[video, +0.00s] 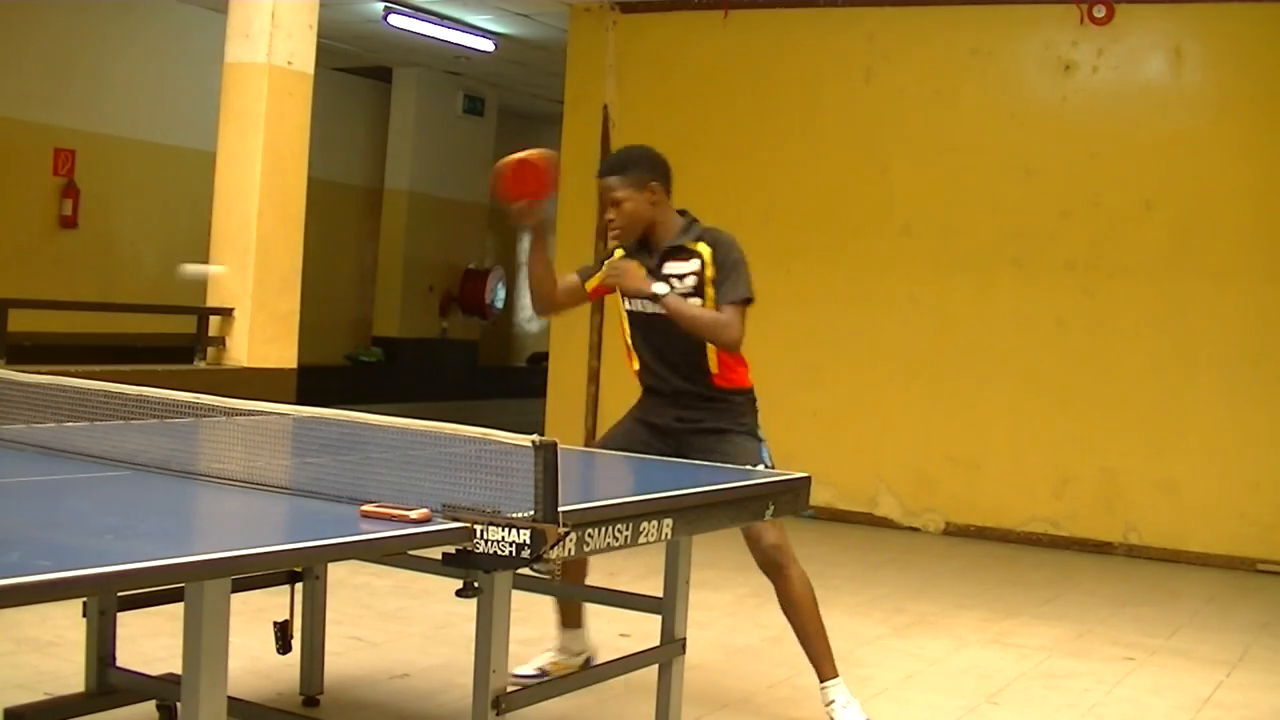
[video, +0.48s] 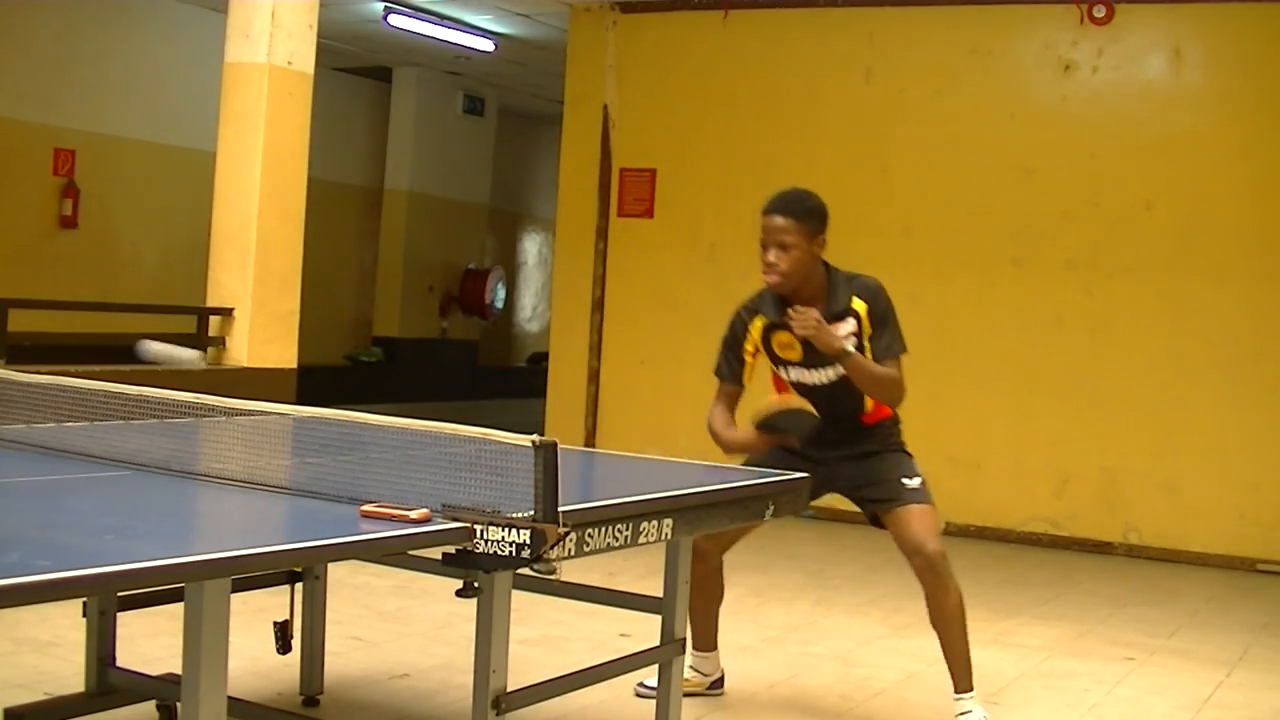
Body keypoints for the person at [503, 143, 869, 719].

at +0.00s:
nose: (607, 216)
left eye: (615, 203)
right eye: (604, 205)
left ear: (653, 196)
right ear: (638, 201)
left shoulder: (716, 248)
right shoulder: (628, 257)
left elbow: (730, 333)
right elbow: (548, 300)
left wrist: (651, 288)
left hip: (723, 424)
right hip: (654, 418)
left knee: (770, 548)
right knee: (564, 506)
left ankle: (835, 693)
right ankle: (570, 648)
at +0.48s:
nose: (768, 259)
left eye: (782, 248)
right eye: (764, 246)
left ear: (817, 247)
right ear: (760, 245)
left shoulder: (866, 299)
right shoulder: (752, 318)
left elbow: (893, 392)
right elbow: (721, 410)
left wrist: (839, 351)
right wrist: (738, 440)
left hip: (873, 447)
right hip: (797, 447)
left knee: (929, 551)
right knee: (703, 542)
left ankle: (966, 700)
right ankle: (703, 667)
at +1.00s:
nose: (783, 236)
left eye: (797, 225)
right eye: (780, 224)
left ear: (834, 228)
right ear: (777, 224)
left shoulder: (878, 285)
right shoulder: (765, 286)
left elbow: (921, 375)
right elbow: (673, 328)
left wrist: (885, 305)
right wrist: (623, 270)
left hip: (865, 446)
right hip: (787, 445)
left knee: (937, 550)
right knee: (698, 547)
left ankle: (950, 703)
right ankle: (684, 660)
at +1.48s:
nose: (598, 281)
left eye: (607, 267)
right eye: (596, 269)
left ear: (645, 262)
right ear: (641, 266)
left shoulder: (666, 301)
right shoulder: (670, 293)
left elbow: (684, 386)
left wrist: (602, 407)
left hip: (775, 438)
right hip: (725, 437)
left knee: (792, 583)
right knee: (628, 504)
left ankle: (899, 694)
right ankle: (628, 650)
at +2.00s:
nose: (734, 220)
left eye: (744, 209)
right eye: (729, 209)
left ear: (782, 205)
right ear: (725, 210)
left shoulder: (823, 279)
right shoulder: (718, 270)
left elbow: (838, 364)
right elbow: (662, 324)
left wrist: (786, 294)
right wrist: (699, 252)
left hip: (802, 442)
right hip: (723, 437)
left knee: (871, 549)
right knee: (636, 536)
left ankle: (900, 696)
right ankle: (621, 657)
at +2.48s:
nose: (812, 282)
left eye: (825, 270)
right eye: (807, 268)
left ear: (863, 267)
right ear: (802, 264)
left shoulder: (914, 315)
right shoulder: (800, 333)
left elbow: (946, 414)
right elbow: (752, 418)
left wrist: (881, 378)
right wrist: (768, 464)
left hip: (922, 453)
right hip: (847, 455)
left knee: (968, 563)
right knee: (749, 548)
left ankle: (992, 708)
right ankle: (749, 678)